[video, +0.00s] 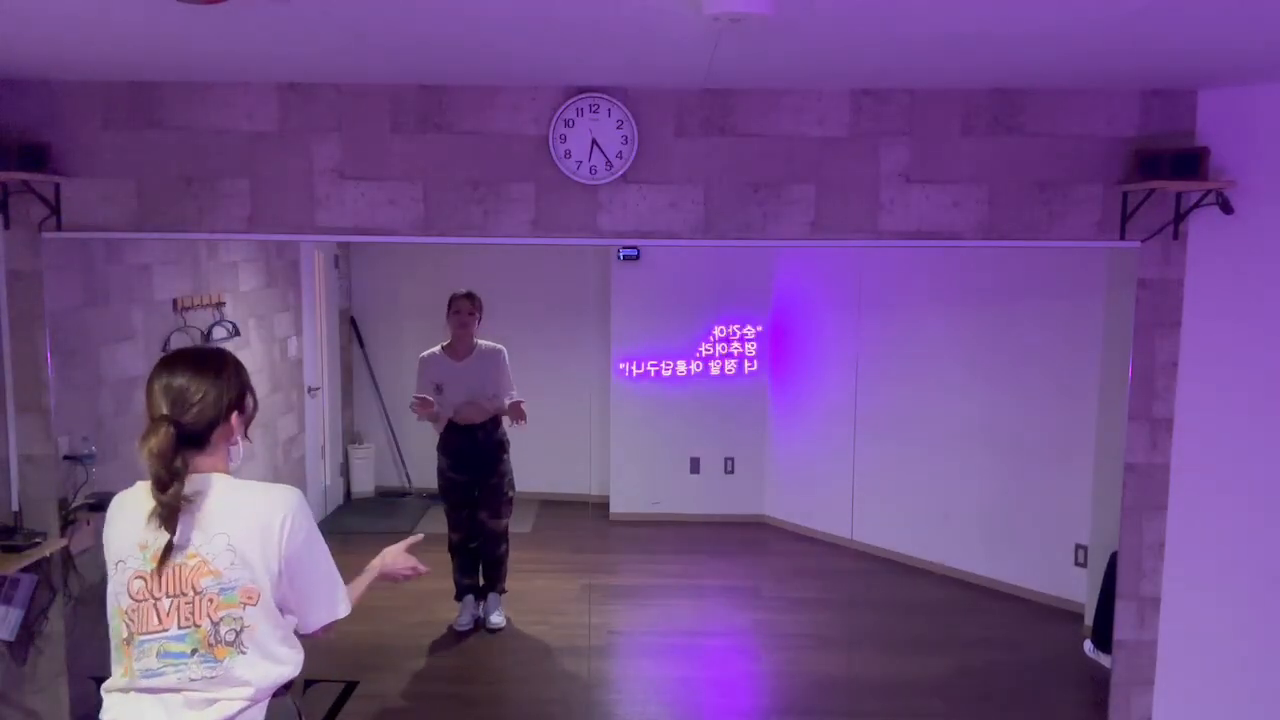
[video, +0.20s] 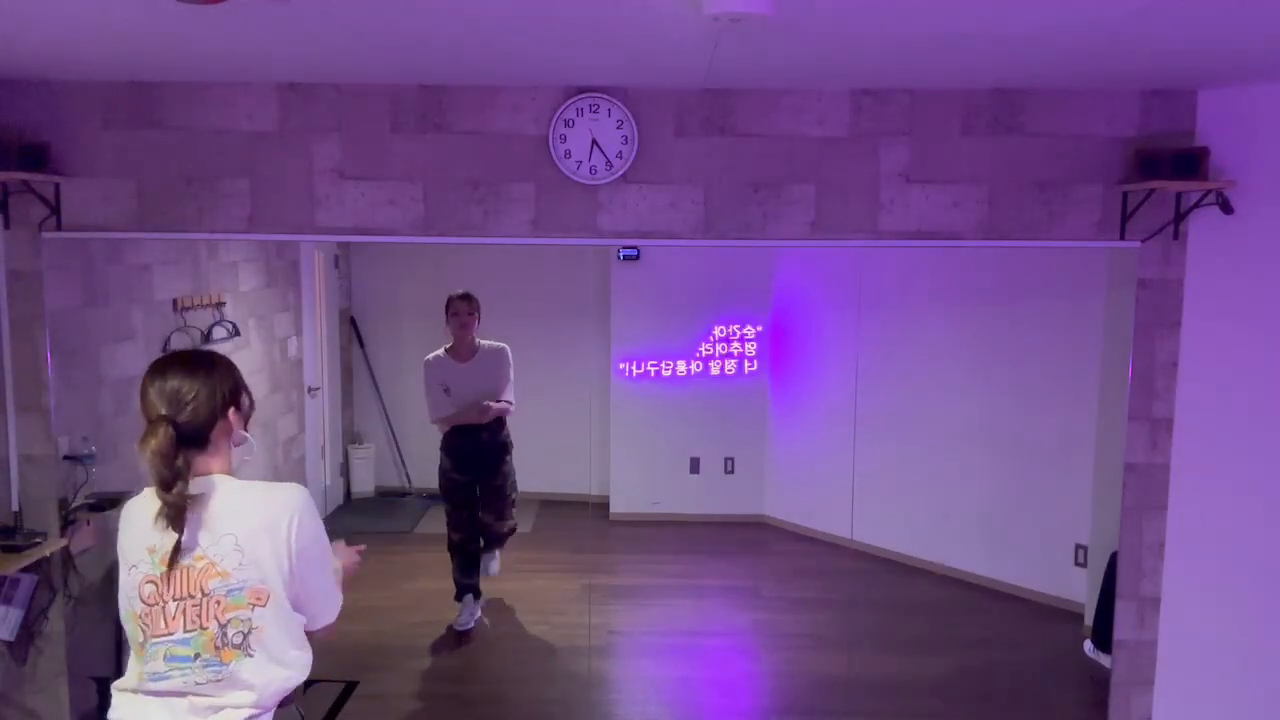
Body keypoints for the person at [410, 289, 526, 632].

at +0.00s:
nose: (463, 319)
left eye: (469, 313)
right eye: (456, 313)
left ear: (479, 318)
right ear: (447, 318)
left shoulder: (495, 354)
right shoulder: (429, 361)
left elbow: (507, 401)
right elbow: (429, 412)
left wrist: (512, 408)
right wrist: (427, 410)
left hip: (491, 445)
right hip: (453, 447)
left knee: (494, 523)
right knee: (459, 526)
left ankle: (494, 599)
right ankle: (467, 600)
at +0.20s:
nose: (462, 320)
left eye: (468, 314)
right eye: (455, 315)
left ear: (478, 319)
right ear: (446, 321)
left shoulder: (498, 353)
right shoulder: (434, 363)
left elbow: (507, 404)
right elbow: (437, 416)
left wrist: (489, 409)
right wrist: (474, 413)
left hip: (494, 442)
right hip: (457, 446)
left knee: (500, 519)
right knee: (459, 524)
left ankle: (490, 548)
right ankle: (468, 597)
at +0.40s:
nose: (464, 321)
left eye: (470, 314)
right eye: (458, 316)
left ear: (480, 317)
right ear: (450, 321)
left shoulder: (506, 351)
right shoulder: (443, 364)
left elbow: (520, 406)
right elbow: (457, 421)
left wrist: (523, 451)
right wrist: (488, 453)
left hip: (505, 439)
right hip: (467, 443)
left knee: (512, 526)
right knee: (465, 527)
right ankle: (468, 600)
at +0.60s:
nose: (483, 326)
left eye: (488, 318)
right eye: (475, 321)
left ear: (499, 321)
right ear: (468, 327)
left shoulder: (513, 350)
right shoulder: (474, 365)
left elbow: (523, 395)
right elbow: (488, 419)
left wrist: (539, 428)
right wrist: (500, 464)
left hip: (518, 441)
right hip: (483, 448)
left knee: (557, 511)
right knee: (477, 528)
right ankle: (469, 601)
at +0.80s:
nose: (516, 367)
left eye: (521, 360)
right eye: (509, 361)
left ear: (529, 360)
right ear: (500, 364)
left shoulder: (532, 379)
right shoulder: (505, 407)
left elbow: (533, 416)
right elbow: (520, 464)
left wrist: (557, 420)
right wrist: (561, 484)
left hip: (539, 472)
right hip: (510, 480)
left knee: (599, 527)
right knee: (493, 545)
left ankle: (613, 592)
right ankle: (470, 607)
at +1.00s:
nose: (538, 407)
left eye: (543, 400)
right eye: (531, 400)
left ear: (551, 399)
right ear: (521, 401)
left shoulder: (552, 412)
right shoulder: (519, 444)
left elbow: (558, 437)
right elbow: (534, 499)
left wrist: (591, 422)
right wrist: (583, 484)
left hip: (564, 503)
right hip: (528, 512)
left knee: (633, 533)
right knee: (489, 567)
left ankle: (618, 597)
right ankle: (471, 607)